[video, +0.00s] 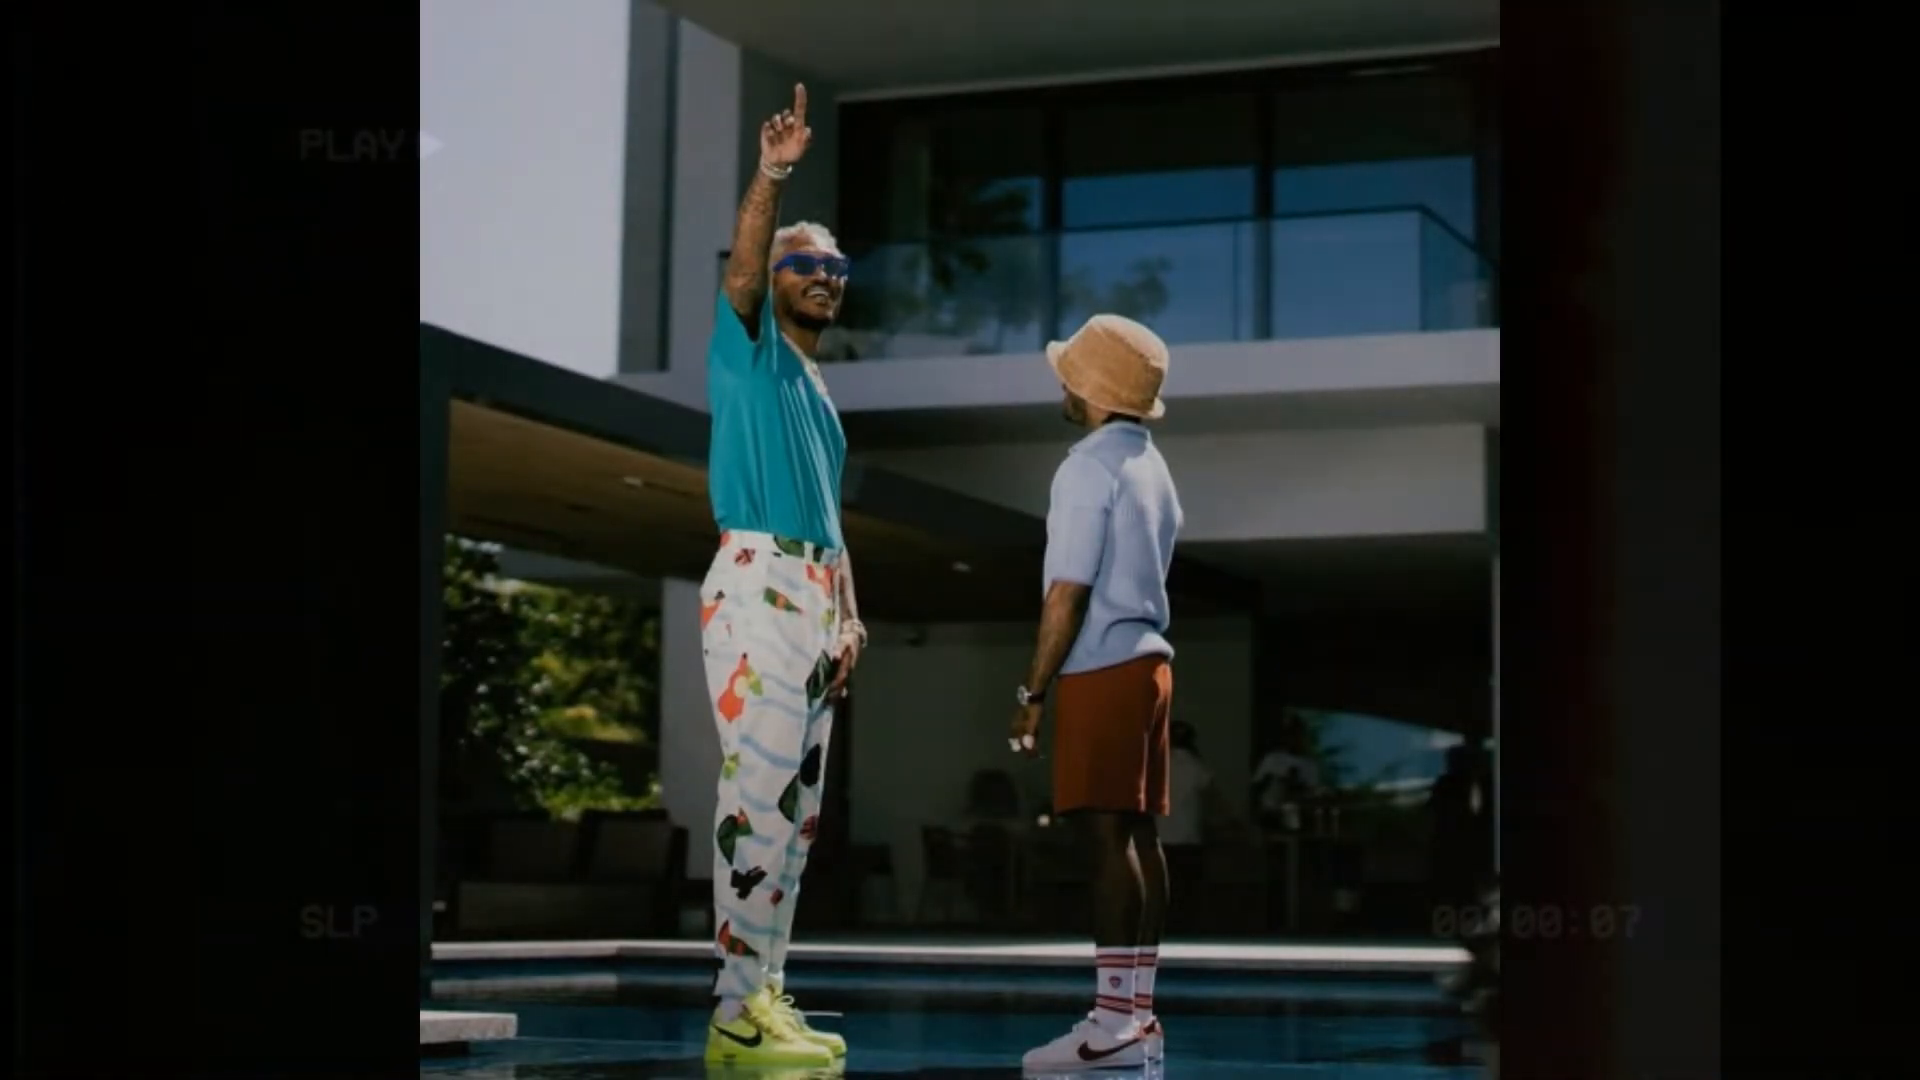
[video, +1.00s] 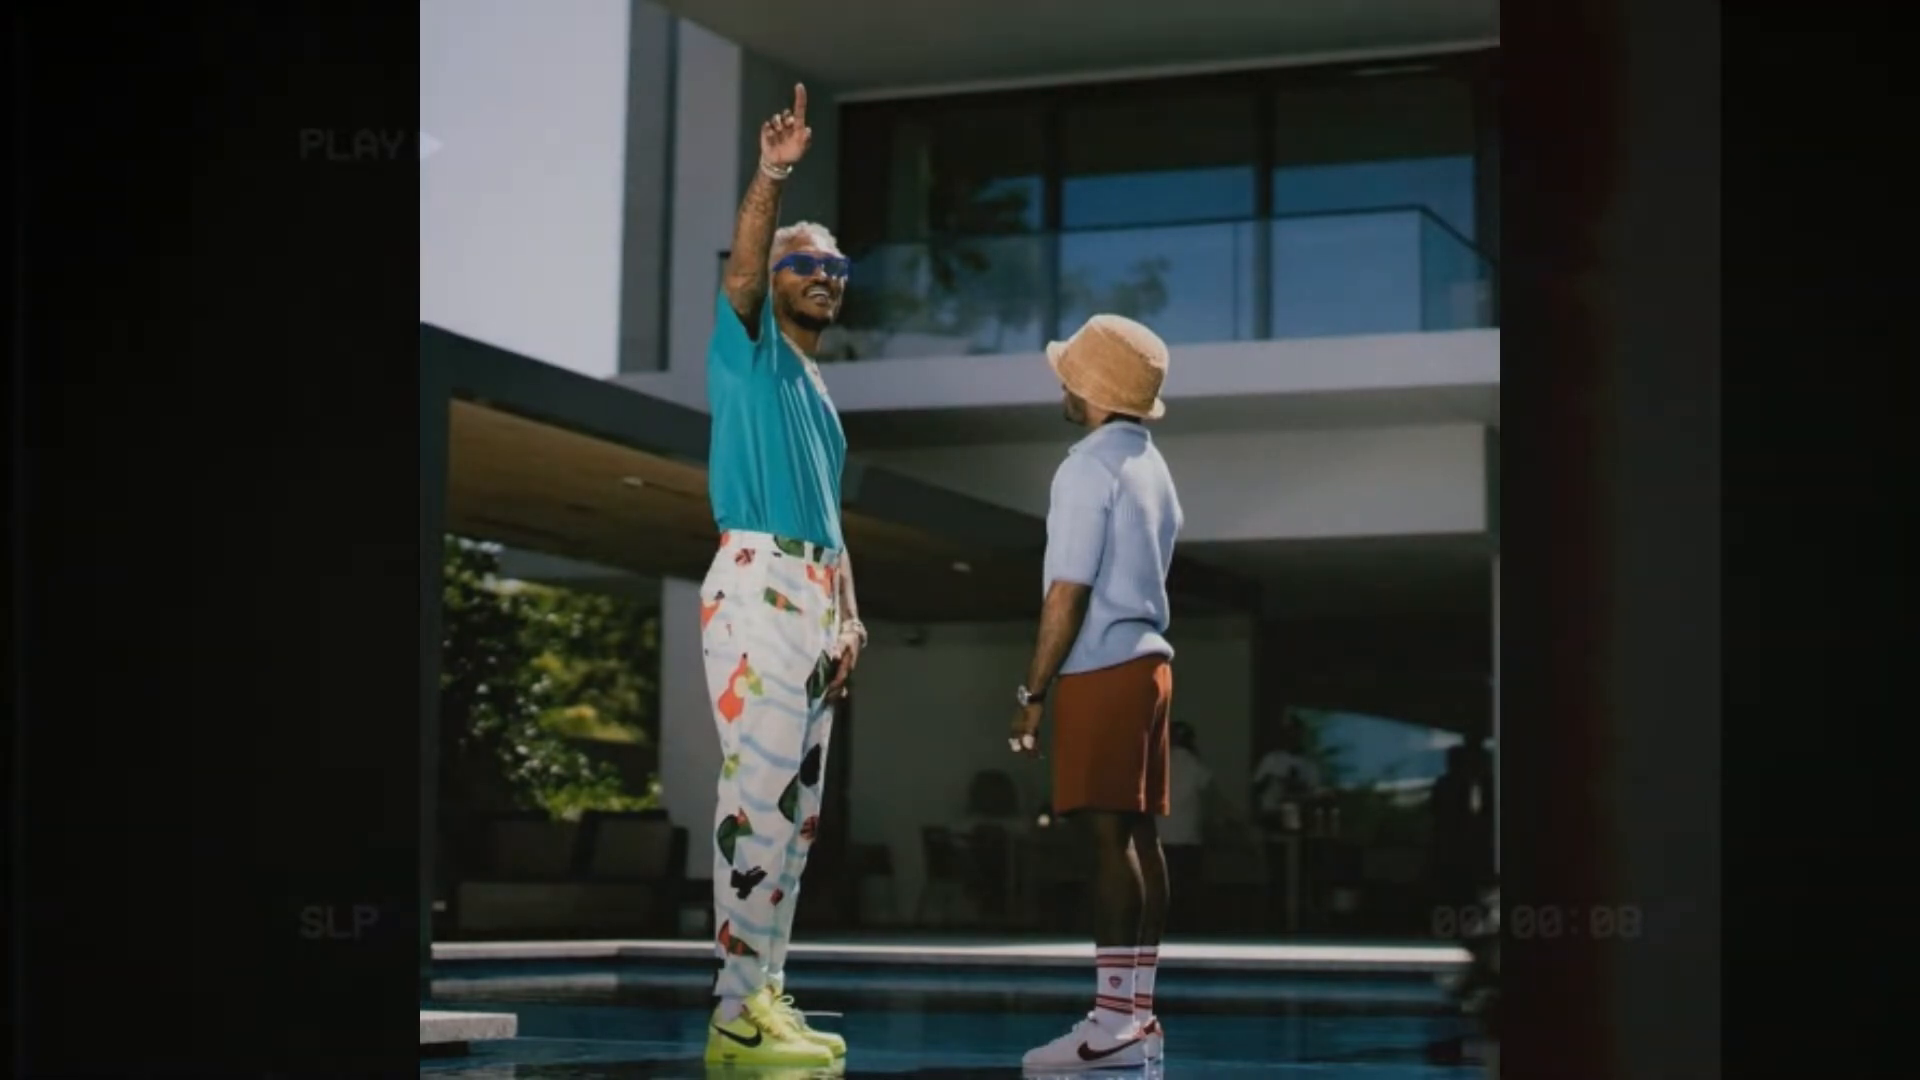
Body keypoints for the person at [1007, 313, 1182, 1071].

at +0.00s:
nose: (1064, 388)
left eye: (1072, 379)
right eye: (1069, 377)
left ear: (1091, 391)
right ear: (1131, 394)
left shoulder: (1088, 468)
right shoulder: (1148, 463)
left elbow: (1067, 595)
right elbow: (1147, 577)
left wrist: (1031, 691)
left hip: (1104, 670)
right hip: (1147, 666)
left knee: (1107, 837)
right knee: (1139, 837)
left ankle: (1116, 1014)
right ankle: (1134, 1011)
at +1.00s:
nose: (1064, 387)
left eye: (1072, 377)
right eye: (1069, 376)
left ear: (1092, 390)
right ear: (1130, 394)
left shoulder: (1087, 468)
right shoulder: (1147, 463)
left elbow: (1067, 594)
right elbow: (1148, 578)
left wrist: (1032, 691)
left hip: (1104, 669)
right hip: (1147, 665)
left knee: (1108, 839)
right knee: (1139, 838)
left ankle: (1116, 1015)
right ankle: (1135, 1012)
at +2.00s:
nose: (1064, 388)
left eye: (1072, 378)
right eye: (1068, 376)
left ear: (1092, 391)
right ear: (1130, 394)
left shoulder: (1088, 468)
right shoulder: (1148, 463)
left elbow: (1067, 594)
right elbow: (1149, 577)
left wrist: (1032, 691)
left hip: (1104, 670)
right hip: (1146, 666)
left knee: (1109, 839)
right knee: (1139, 838)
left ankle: (1116, 1015)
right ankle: (1135, 1012)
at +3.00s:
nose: (1064, 388)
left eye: (1072, 378)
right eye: (1068, 376)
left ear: (1093, 391)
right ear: (1130, 395)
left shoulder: (1087, 468)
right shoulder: (1148, 463)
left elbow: (1067, 594)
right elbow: (1149, 576)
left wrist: (1031, 692)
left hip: (1104, 669)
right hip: (1146, 666)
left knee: (1108, 839)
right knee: (1140, 839)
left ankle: (1116, 1015)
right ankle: (1135, 1012)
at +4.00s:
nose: (1064, 388)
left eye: (1072, 377)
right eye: (1068, 376)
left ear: (1093, 389)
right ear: (1130, 393)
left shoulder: (1088, 468)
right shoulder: (1148, 463)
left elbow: (1068, 594)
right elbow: (1147, 580)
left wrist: (1032, 691)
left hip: (1104, 669)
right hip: (1147, 666)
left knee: (1109, 838)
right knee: (1139, 837)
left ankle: (1116, 1015)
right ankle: (1135, 1012)